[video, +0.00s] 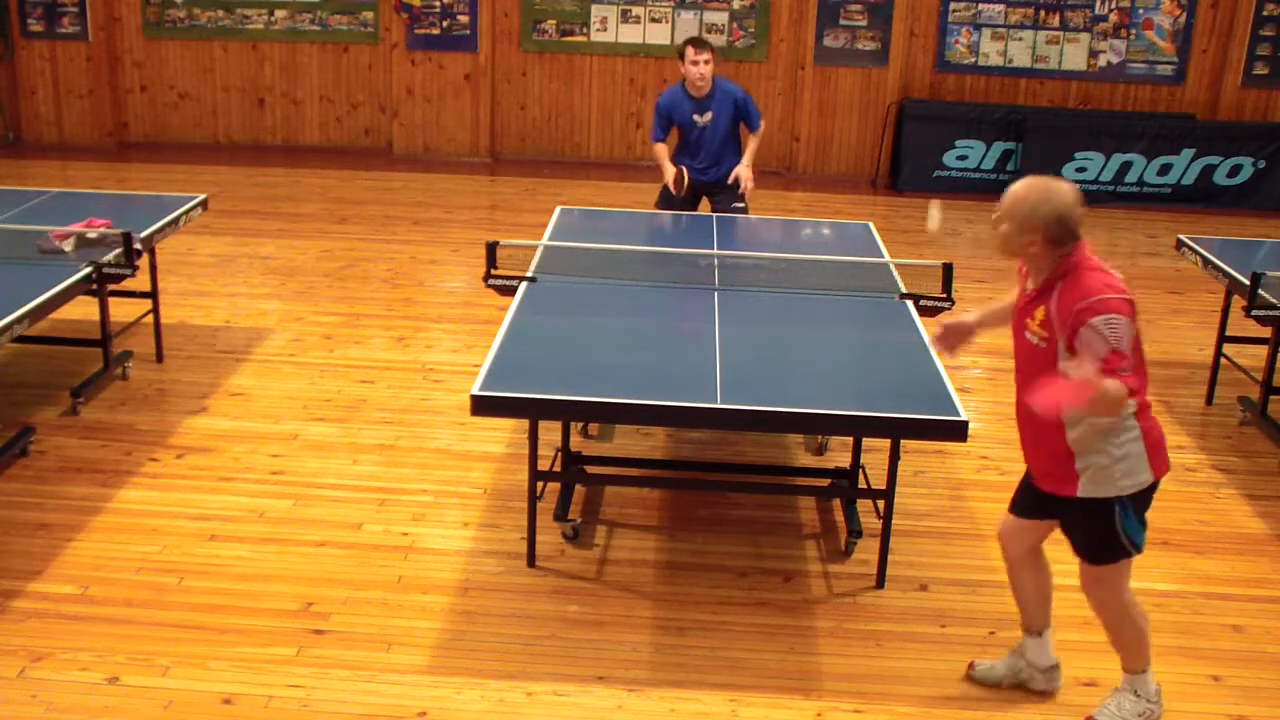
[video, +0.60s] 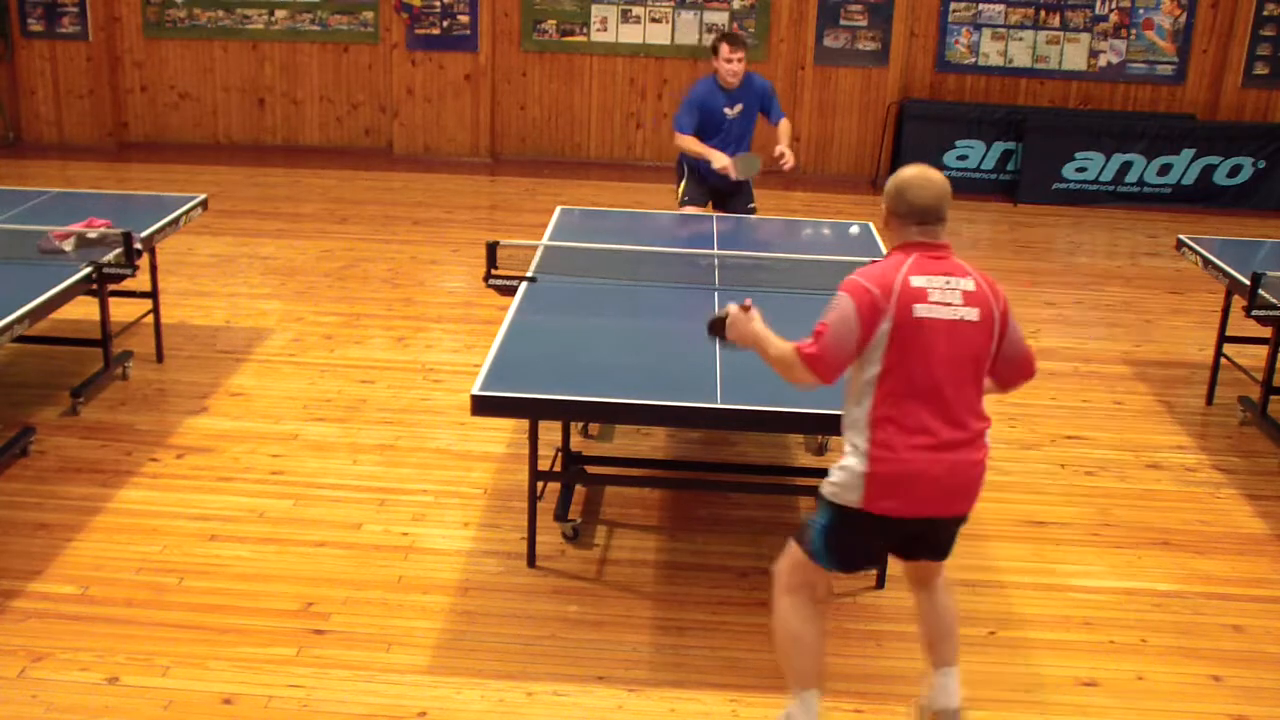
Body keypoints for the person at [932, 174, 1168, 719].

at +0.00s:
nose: (997, 225)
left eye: (1005, 222)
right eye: (1001, 217)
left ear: (1034, 244)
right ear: (1037, 242)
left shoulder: (1097, 298)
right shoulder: (1043, 266)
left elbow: (1119, 397)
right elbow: (1026, 307)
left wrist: (1084, 390)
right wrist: (972, 323)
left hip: (1109, 466)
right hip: (1059, 453)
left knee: (1106, 586)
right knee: (1016, 537)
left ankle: (1141, 691)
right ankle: (1037, 661)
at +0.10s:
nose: (959, 255)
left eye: (964, 247)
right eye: (959, 245)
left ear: (996, 253)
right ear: (1003, 247)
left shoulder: (1056, 297)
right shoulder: (1028, 277)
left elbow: (1070, 395)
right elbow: (1041, 357)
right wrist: (991, 357)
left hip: (1092, 477)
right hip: (1047, 464)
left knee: (1070, 599)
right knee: (1002, 552)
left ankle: (1136, 683)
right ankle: (1029, 672)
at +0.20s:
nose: (940, 251)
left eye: (941, 242)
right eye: (940, 241)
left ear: (960, 247)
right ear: (995, 234)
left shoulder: (1014, 308)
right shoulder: (1032, 273)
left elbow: (1016, 406)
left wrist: (942, 400)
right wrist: (975, 382)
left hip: (1064, 484)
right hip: (1032, 467)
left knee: (1008, 600)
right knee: (984, 559)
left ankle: (1101, 667)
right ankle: (1026, 672)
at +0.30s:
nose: (927, 238)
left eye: (928, 229)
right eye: (929, 229)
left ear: (939, 236)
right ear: (989, 227)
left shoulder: (981, 303)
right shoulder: (1026, 270)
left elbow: (954, 397)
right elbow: (1076, 332)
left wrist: (874, 359)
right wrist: (1013, 365)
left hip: (1023, 485)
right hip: (1058, 468)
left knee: (937, 588)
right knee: (982, 570)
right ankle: (1027, 671)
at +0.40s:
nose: (915, 230)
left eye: (916, 221)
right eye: (918, 221)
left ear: (925, 226)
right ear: (975, 220)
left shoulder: (949, 294)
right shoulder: (1015, 272)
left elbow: (893, 380)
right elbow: (1065, 333)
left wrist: (823, 327)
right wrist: (1004, 362)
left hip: (978, 481)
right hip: (1030, 470)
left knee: (883, 581)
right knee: (973, 566)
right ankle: (1026, 672)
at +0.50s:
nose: (896, 220)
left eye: (898, 212)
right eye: (897, 212)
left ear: (905, 217)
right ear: (962, 217)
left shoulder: (907, 290)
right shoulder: (1003, 282)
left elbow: (846, 371)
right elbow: (1045, 355)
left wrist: (776, 317)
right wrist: (980, 357)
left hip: (922, 484)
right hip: (993, 477)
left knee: (835, 587)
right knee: (960, 565)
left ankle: (822, 710)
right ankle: (1013, 674)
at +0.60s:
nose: (881, 217)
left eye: (883, 210)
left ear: (887, 215)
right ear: (947, 217)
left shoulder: (875, 283)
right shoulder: (983, 288)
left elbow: (812, 368)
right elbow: (1016, 370)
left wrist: (754, 333)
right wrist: (955, 351)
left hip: (877, 481)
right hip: (955, 483)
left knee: (796, 577)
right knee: (927, 573)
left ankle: (804, 707)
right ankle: (946, 696)